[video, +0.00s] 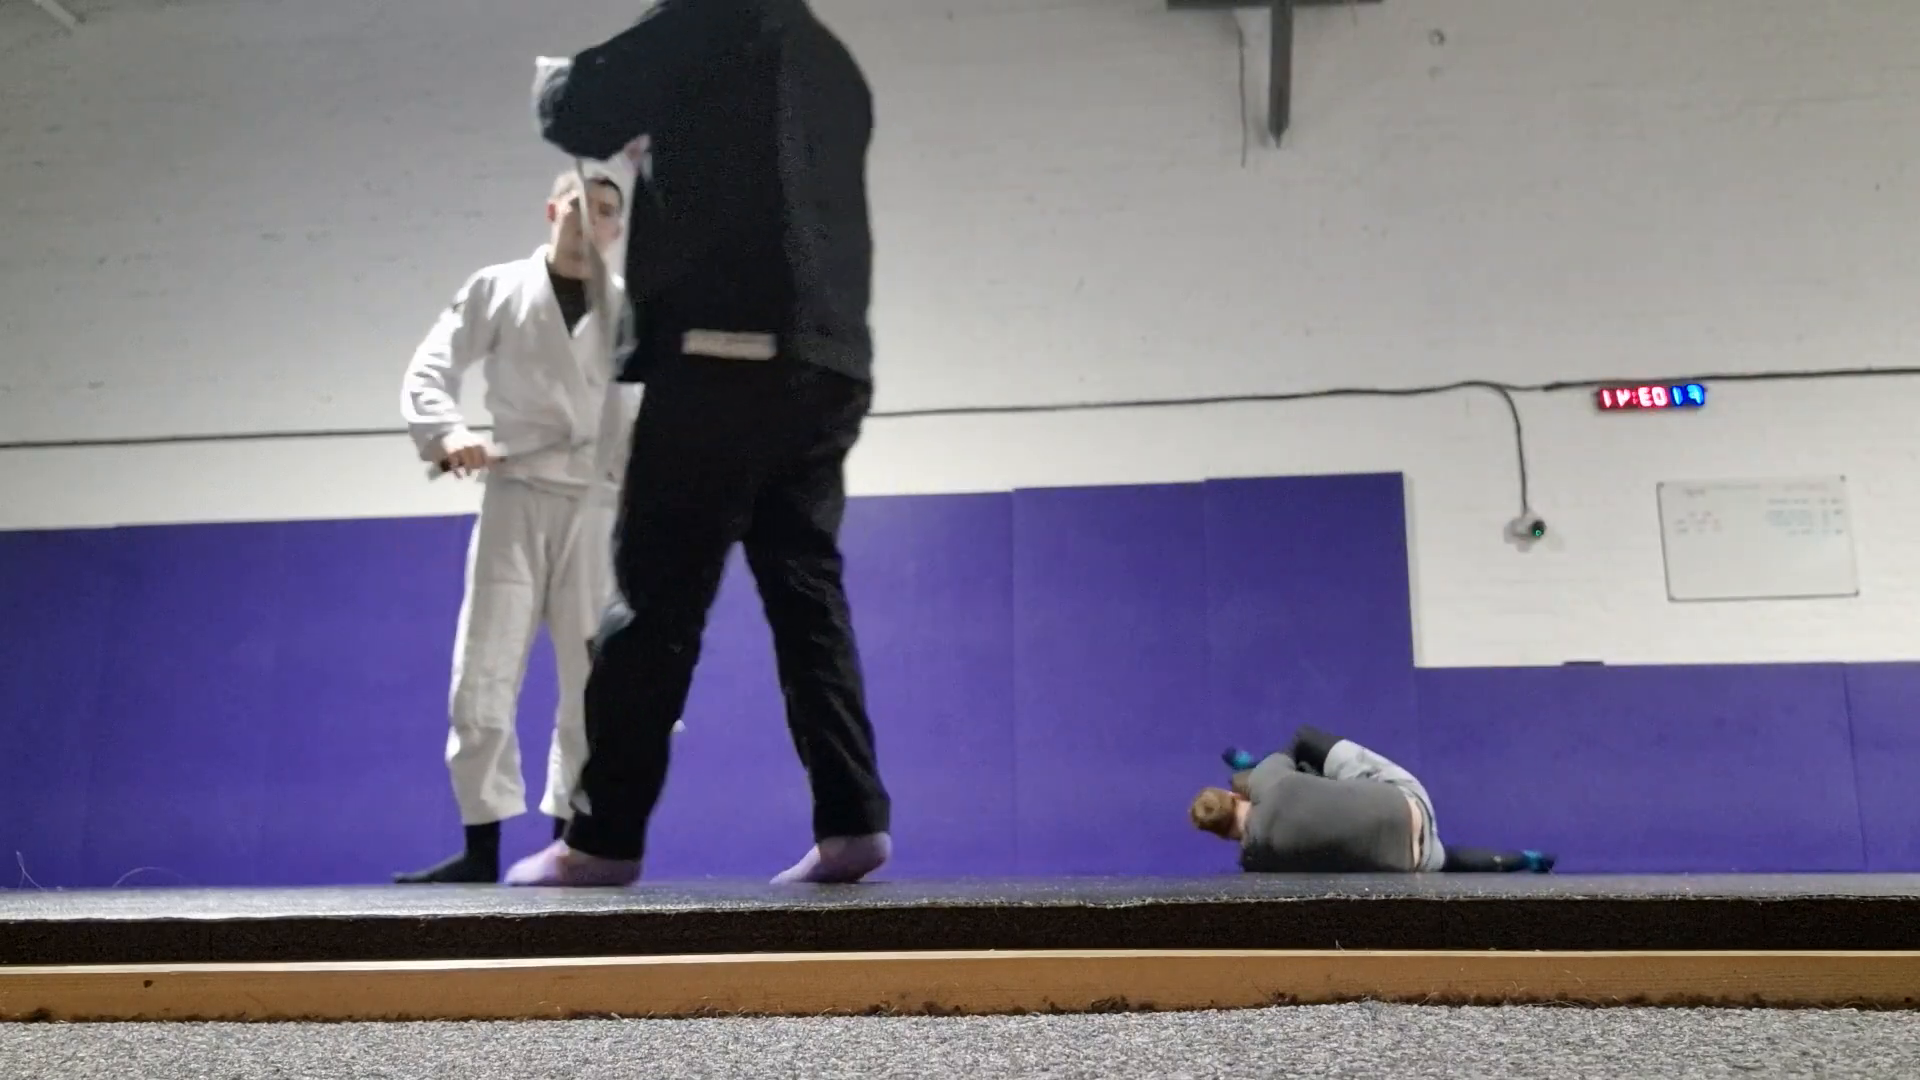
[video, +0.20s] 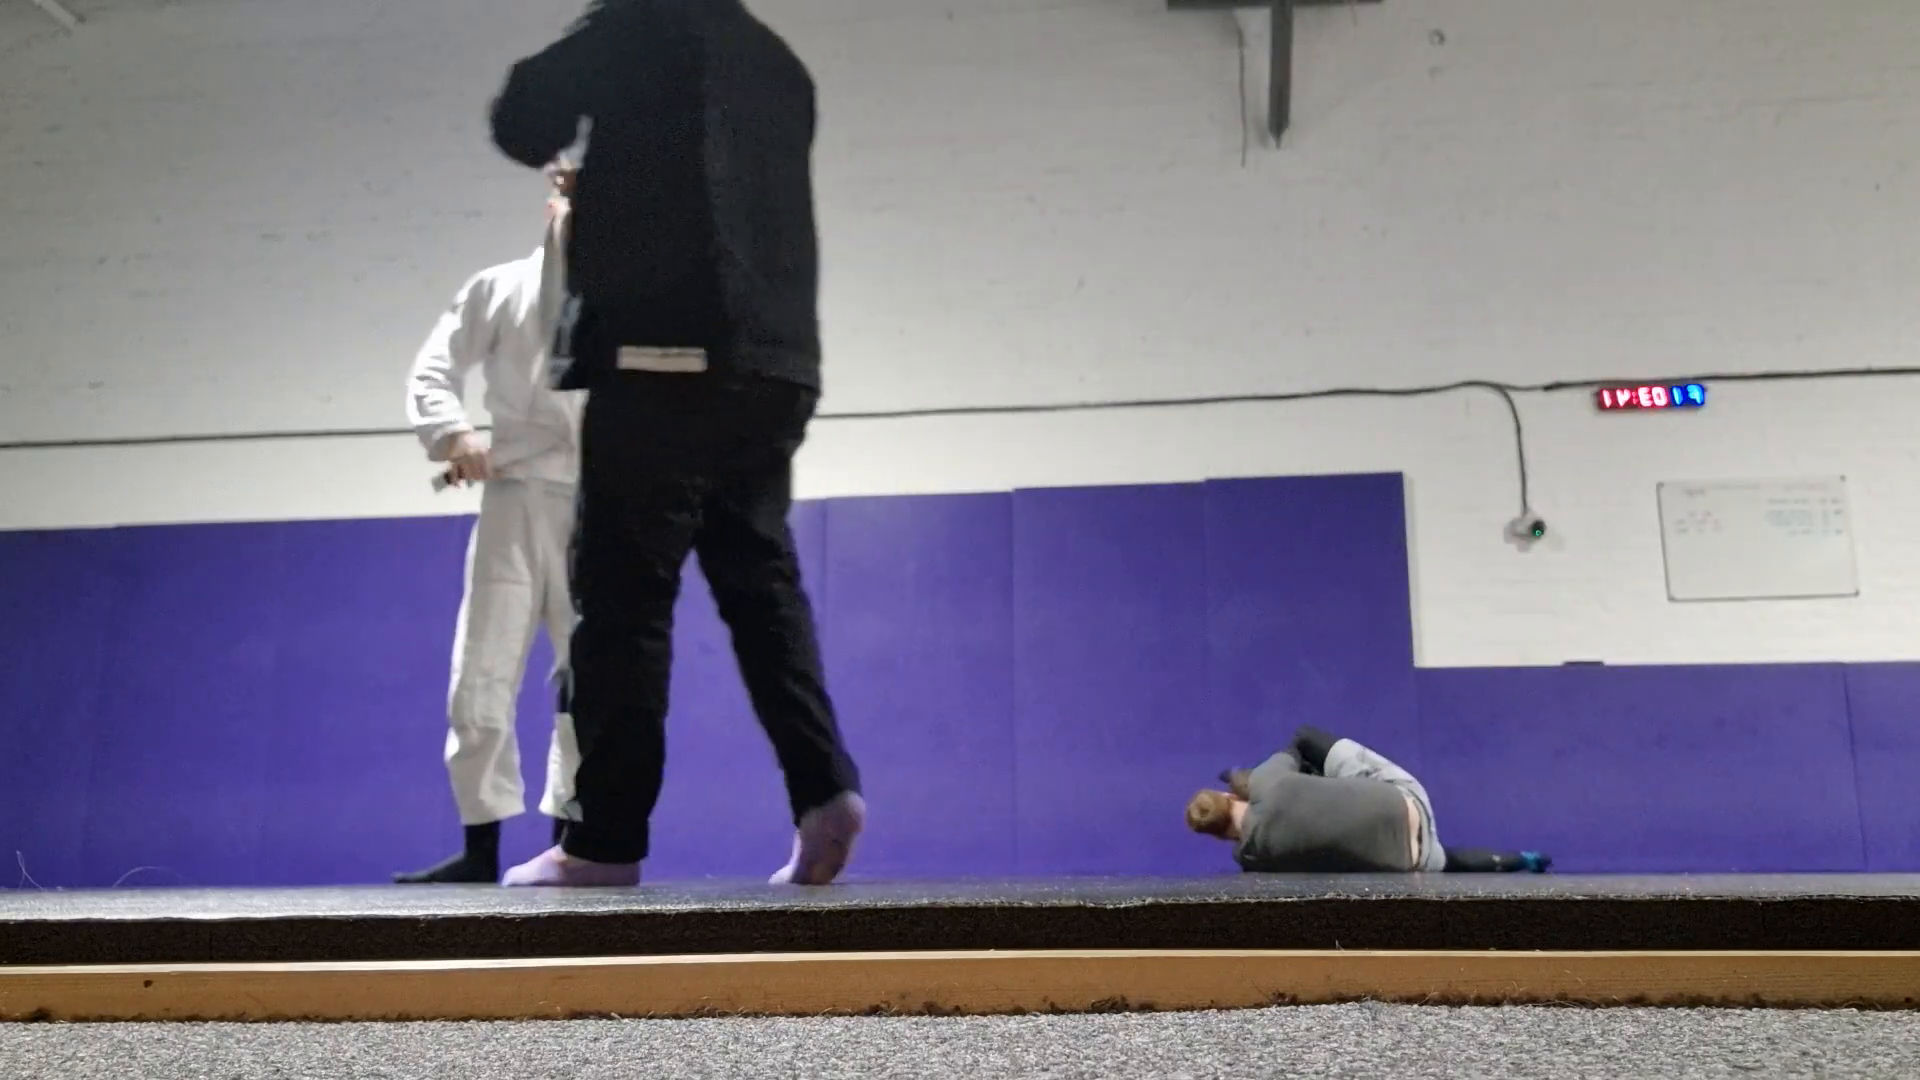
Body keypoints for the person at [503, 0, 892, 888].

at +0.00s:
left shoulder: (695, 22)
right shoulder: (841, 62)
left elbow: (578, 120)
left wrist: (557, 77)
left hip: (713, 372)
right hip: (826, 377)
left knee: (655, 608)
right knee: (808, 594)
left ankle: (602, 843)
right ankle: (854, 826)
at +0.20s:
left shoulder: (633, 23)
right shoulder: (784, 63)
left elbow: (520, 120)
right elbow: (719, 181)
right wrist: (599, 186)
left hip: (658, 364)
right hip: (776, 372)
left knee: (622, 609)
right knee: (759, 581)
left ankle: (604, 848)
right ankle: (825, 793)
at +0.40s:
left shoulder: (574, 25)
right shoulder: (740, 67)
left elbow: (444, 120)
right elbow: (732, 222)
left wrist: (509, 123)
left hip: (620, 365)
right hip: (733, 368)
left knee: (610, 606)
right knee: (714, 574)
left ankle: (602, 848)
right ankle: (776, 776)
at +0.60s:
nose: (533, 11)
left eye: (535, 9)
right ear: (630, 3)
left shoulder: (539, 30)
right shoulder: (705, 76)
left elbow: (411, 94)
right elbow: (764, 205)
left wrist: (485, 230)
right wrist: (665, 247)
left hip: (597, 355)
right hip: (712, 368)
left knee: (603, 605)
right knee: (686, 595)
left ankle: (602, 849)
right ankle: (718, 832)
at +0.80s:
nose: (533, 17)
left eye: (534, 9)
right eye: (537, 11)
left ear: (557, 5)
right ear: (627, 11)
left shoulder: (535, 49)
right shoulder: (699, 95)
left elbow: (415, 124)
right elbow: (747, 222)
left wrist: (475, 260)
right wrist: (648, 266)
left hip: (599, 365)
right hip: (700, 379)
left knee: (598, 606)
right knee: (672, 605)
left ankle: (602, 846)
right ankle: (681, 843)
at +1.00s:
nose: (554, 23)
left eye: (558, 15)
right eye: (559, 18)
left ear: (579, 12)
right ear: (656, 22)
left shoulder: (551, 65)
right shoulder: (707, 126)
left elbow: (451, 162)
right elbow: (707, 261)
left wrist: (519, 280)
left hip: (594, 381)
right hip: (698, 394)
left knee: (592, 608)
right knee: (669, 608)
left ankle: (602, 844)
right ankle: (682, 843)